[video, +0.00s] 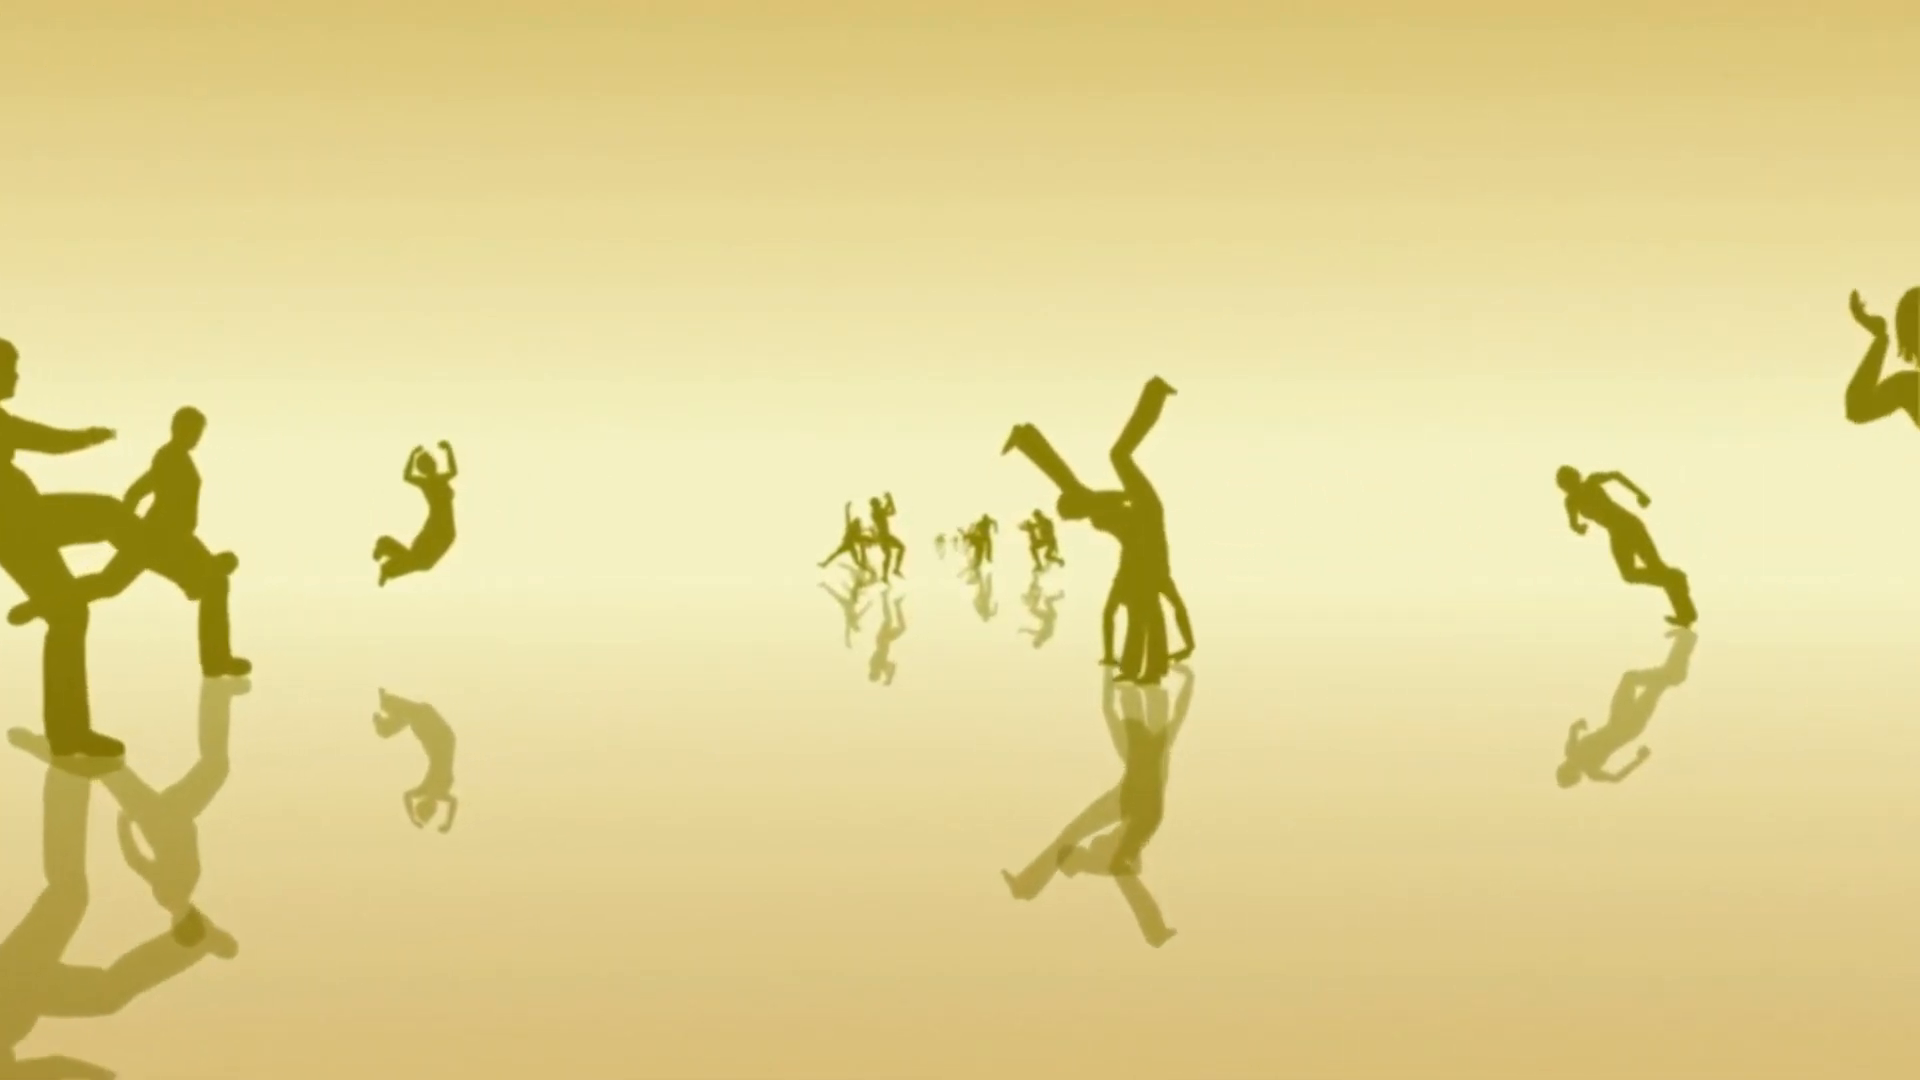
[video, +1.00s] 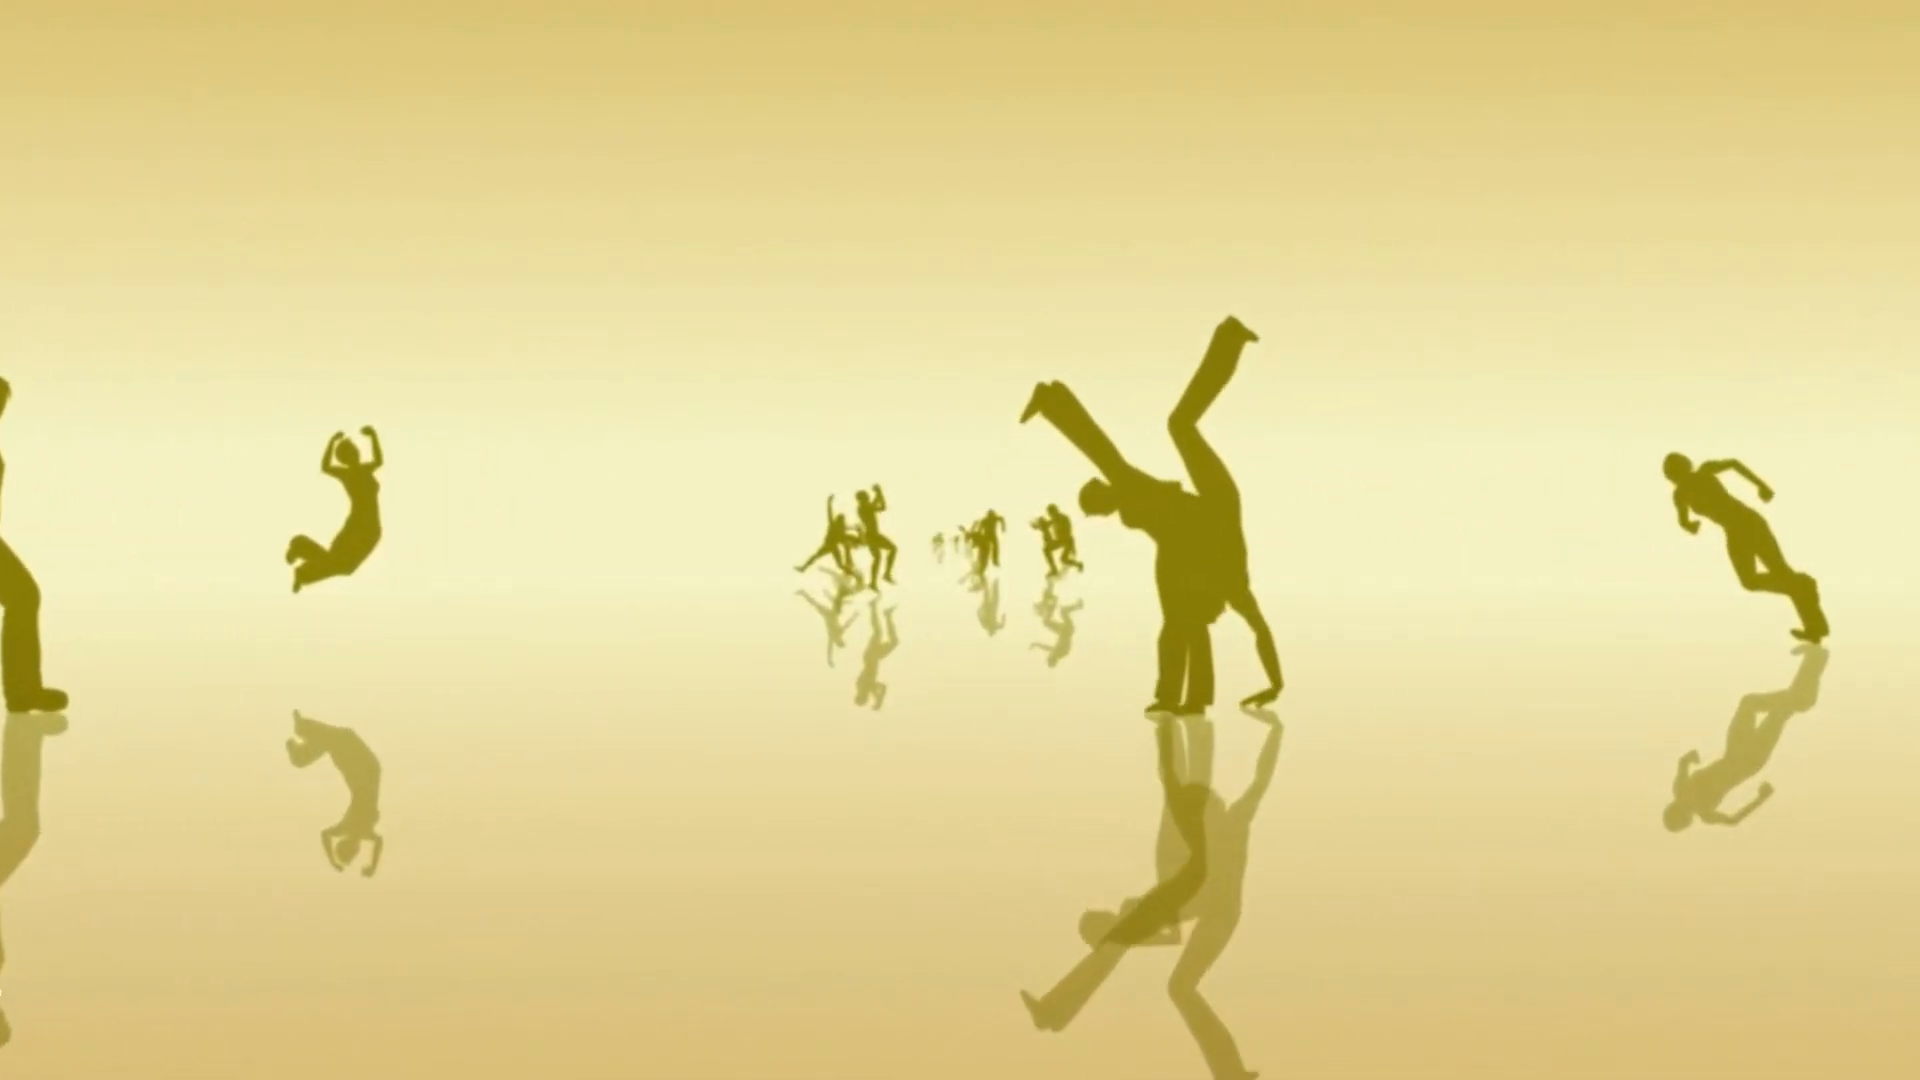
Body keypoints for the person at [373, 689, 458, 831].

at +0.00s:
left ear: (431, 806)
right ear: (421, 804)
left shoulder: (440, 794)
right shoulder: (423, 791)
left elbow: (454, 801)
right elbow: (406, 796)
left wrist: (448, 824)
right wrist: (412, 818)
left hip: (427, 715)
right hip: (417, 714)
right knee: (385, 732)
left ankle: (387, 700)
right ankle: (376, 718)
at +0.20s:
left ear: (417, 813)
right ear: (406, 811)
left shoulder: (426, 800)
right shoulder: (409, 798)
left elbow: (440, 808)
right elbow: (392, 803)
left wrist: (435, 831)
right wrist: (397, 826)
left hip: (413, 719)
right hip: (402, 719)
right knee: (369, 736)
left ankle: (371, 704)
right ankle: (361, 723)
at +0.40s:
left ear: (403, 821)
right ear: (391, 818)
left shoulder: (412, 808)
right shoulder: (394, 805)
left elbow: (426, 815)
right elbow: (376, 810)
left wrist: (420, 840)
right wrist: (382, 834)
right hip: (388, 724)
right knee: (352, 742)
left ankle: (355, 709)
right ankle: (345, 727)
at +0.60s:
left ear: (387, 829)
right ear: (375, 826)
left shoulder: (397, 816)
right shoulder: (378, 812)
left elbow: (411, 823)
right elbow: (360, 818)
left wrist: (405, 848)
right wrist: (366, 842)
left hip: (383, 731)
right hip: (372, 728)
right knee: (336, 747)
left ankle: (338, 713)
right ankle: (327, 732)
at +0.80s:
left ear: (371, 838)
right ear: (359, 835)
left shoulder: (380, 824)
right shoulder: (361, 821)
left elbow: (396, 831)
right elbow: (342, 826)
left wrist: (390, 856)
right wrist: (349, 851)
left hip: (365, 735)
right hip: (355, 734)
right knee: (318, 754)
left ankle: (321, 719)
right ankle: (309, 737)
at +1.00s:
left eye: (347, 856)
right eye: (343, 856)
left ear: (354, 847)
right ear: (342, 844)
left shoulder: (364, 832)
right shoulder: (343, 829)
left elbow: (379, 841)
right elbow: (324, 834)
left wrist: (373, 866)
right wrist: (332, 860)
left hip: (349, 741)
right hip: (336, 741)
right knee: (299, 760)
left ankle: (302, 725)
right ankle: (290, 742)